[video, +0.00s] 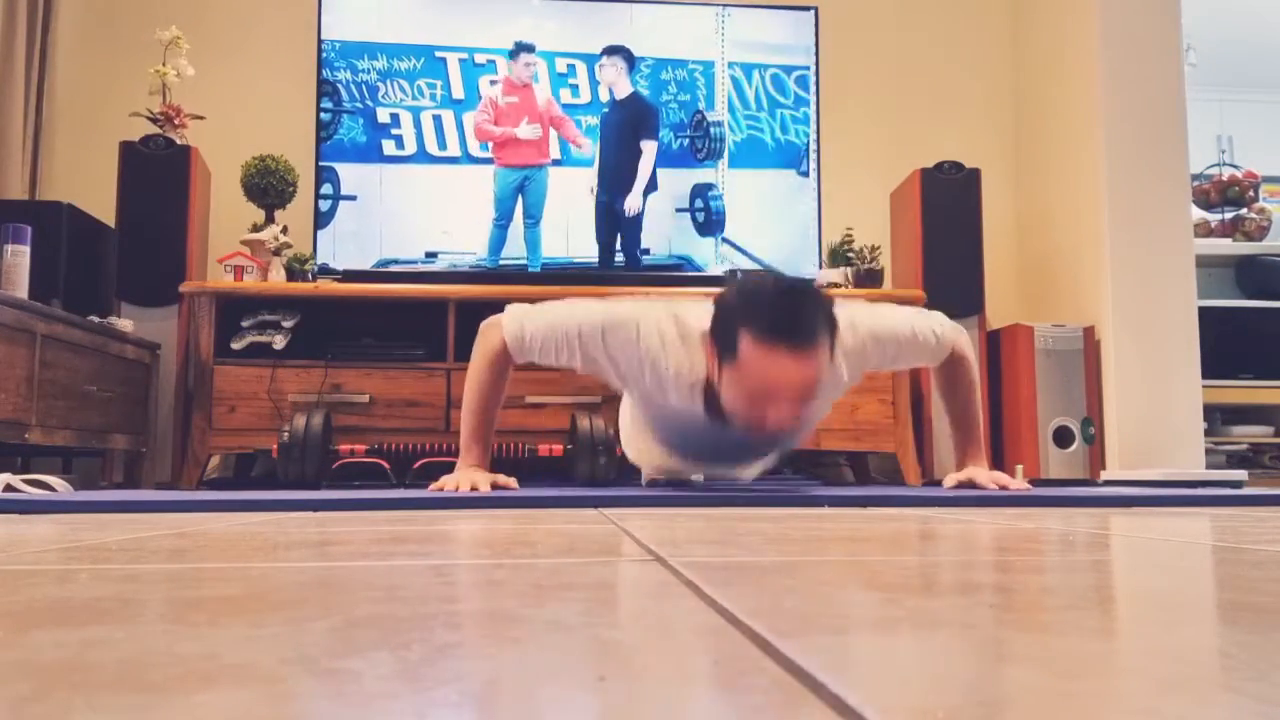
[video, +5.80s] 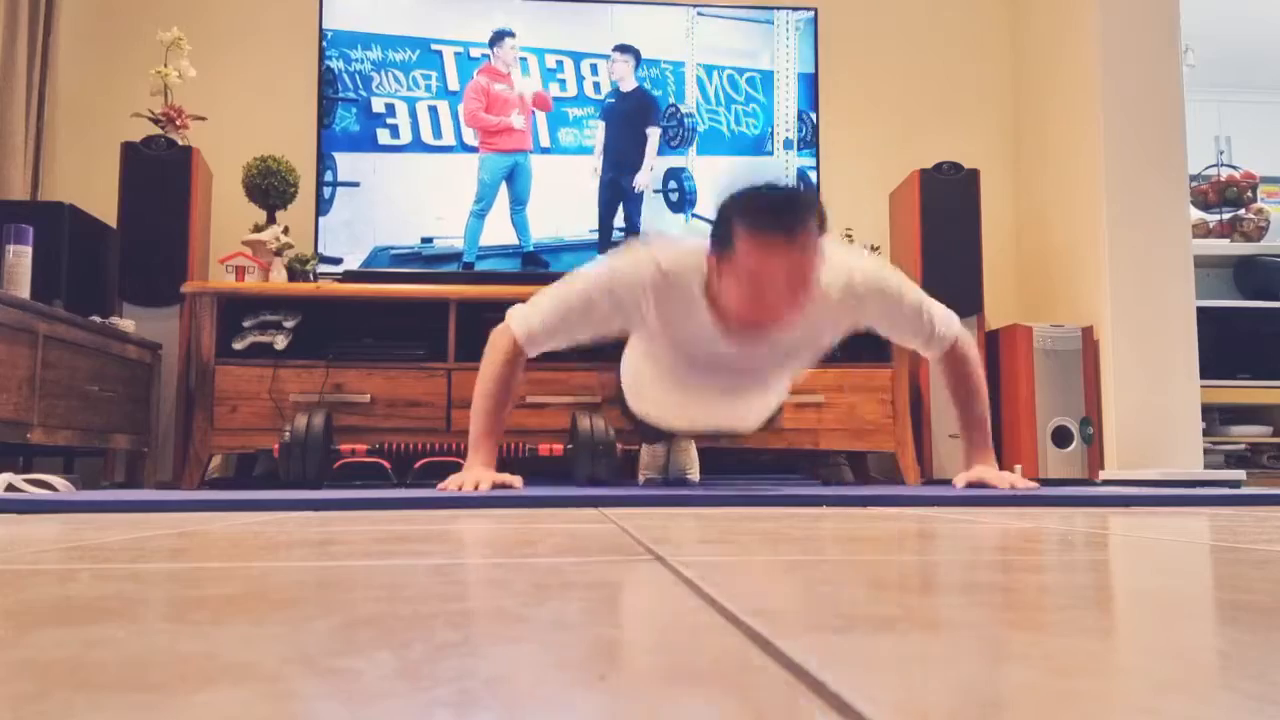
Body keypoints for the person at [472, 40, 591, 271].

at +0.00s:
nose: (531, 70)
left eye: (534, 65)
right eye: (526, 65)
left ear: (536, 65)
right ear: (512, 65)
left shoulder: (541, 94)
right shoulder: (495, 96)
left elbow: (561, 121)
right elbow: (480, 129)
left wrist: (578, 139)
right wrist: (515, 132)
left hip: (537, 169)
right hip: (507, 169)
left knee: (533, 221)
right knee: (501, 220)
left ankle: (534, 270)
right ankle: (491, 267)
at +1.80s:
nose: (526, 58)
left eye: (526, 54)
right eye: (520, 55)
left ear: (528, 56)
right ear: (506, 58)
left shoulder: (534, 88)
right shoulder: (494, 87)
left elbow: (556, 118)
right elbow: (480, 120)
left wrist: (552, 112)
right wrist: (512, 135)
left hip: (537, 157)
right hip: (509, 158)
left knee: (540, 209)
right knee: (509, 208)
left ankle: (548, 254)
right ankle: (506, 254)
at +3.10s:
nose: (528, 51)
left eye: (533, 48)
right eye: (524, 46)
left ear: (537, 53)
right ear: (513, 48)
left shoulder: (540, 83)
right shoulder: (498, 78)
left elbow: (562, 116)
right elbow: (479, 111)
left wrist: (545, 96)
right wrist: (507, 129)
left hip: (533, 155)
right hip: (504, 153)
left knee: (527, 206)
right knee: (488, 205)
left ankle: (525, 257)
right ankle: (467, 259)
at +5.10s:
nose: (519, 53)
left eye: (520, 48)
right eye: (515, 48)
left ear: (505, 50)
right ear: (499, 50)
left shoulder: (518, 79)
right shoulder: (479, 79)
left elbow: (540, 116)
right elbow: (466, 115)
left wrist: (527, 97)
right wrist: (504, 122)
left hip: (520, 155)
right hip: (491, 155)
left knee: (518, 208)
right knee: (478, 209)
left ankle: (527, 255)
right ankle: (465, 262)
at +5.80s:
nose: (517, 53)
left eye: (517, 48)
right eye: (512, 48)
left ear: (509, 51)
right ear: (496, 51)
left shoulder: (519, 80)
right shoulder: (480, 82)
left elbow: (547, 106)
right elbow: (472, 116)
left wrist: (532, 92)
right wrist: (508, 122)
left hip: (521, 154)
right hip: (494, 155)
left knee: (520, 207)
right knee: (480, 208)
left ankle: (528, 252)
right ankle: (468, 260)